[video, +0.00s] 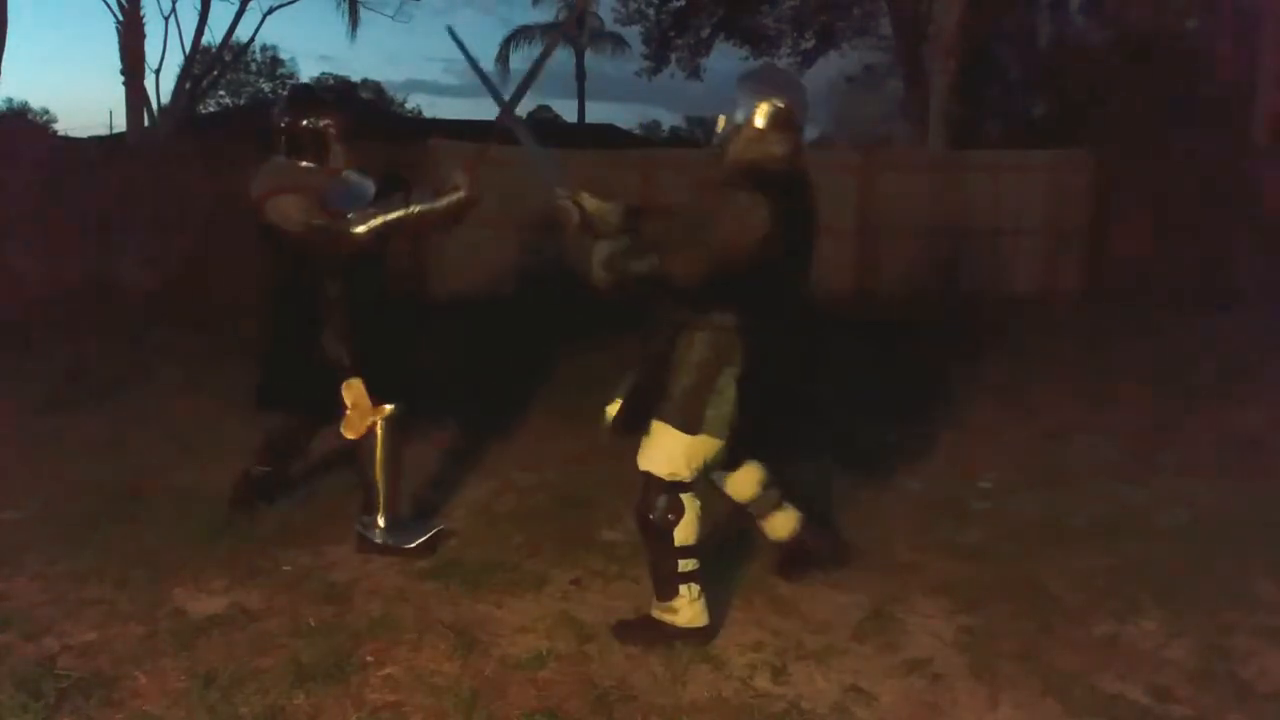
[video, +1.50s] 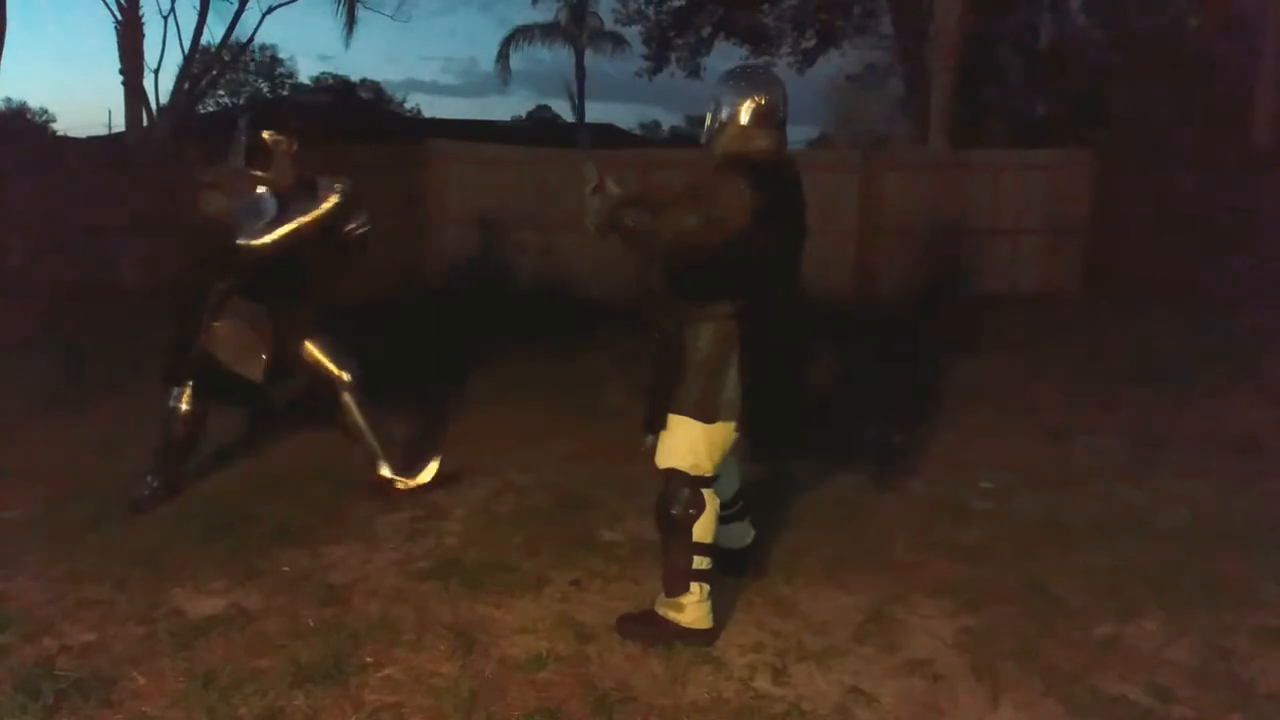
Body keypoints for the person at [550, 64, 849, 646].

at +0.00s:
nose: (743, 138)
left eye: (755, 126)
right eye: (745, 125)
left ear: (773, 132)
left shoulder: (763, 194)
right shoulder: (760, 182)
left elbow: (700, 262)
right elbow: (691, 227)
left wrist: (624, 260)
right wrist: (618, 219)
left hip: (722, 340)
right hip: (731, 332)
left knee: (665, 473)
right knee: (715, 449)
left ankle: (680, 611)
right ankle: (797, 537)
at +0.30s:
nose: (695, 132)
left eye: (706, 122)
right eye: (700, 121)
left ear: (724, 125)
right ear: (743, 126)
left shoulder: (731, 188)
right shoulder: (726, 178)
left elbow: (658, 246)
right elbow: (645, 171)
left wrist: (596, 211)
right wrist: (577, 147)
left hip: (706, 341)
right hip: (694, 335)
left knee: (666, 475)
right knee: (667, 464)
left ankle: (681, 607)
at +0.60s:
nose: (695, 134)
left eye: (704, 124)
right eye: (698, 124)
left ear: (729, 126)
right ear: (744, 126)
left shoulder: (733, 189)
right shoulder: (720, 178)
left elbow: (667, 235)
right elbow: (643, 168)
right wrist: (566, 150)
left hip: (699, 338)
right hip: (688, 333)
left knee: (665, 466)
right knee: (667, 461)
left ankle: (683, 604)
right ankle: (680, 596)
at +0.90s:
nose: (693, 125)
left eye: (702, 115)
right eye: (698, 115)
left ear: (722, 119)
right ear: (751, 122)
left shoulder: (725, 185)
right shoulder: (746, 179)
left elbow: (673, 244)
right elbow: (671, 226)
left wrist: (597, 238)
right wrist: (602, 224)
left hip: (698, 345)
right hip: (711, 340)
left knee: (659, 475)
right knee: (673, 470)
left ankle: (682, 609)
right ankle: (684, 603)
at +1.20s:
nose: (704, 124)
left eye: (712, 114)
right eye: (710, 113)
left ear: (728, 118)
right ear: (769, 120)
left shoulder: (720, 180)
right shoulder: (771, 179)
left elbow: (669, 238)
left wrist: (614, 235)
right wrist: (634, 235)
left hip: (703, 338)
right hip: (746, 332)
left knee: (665, 474)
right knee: (716, 446)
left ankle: (684, 610)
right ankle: (721, 529)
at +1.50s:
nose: (712, 129)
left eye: (719, 119)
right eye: (718, 119)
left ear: (734, 123)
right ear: (773, 125)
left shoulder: (740, 183)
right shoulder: (775, 178)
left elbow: (686, 242)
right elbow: (693, 216)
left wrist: (620, 215)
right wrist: (631, 203)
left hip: (719, 333)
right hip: (749, 329)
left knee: (683, 467)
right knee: (716, 433)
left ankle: (687, 607)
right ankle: (728, 528)